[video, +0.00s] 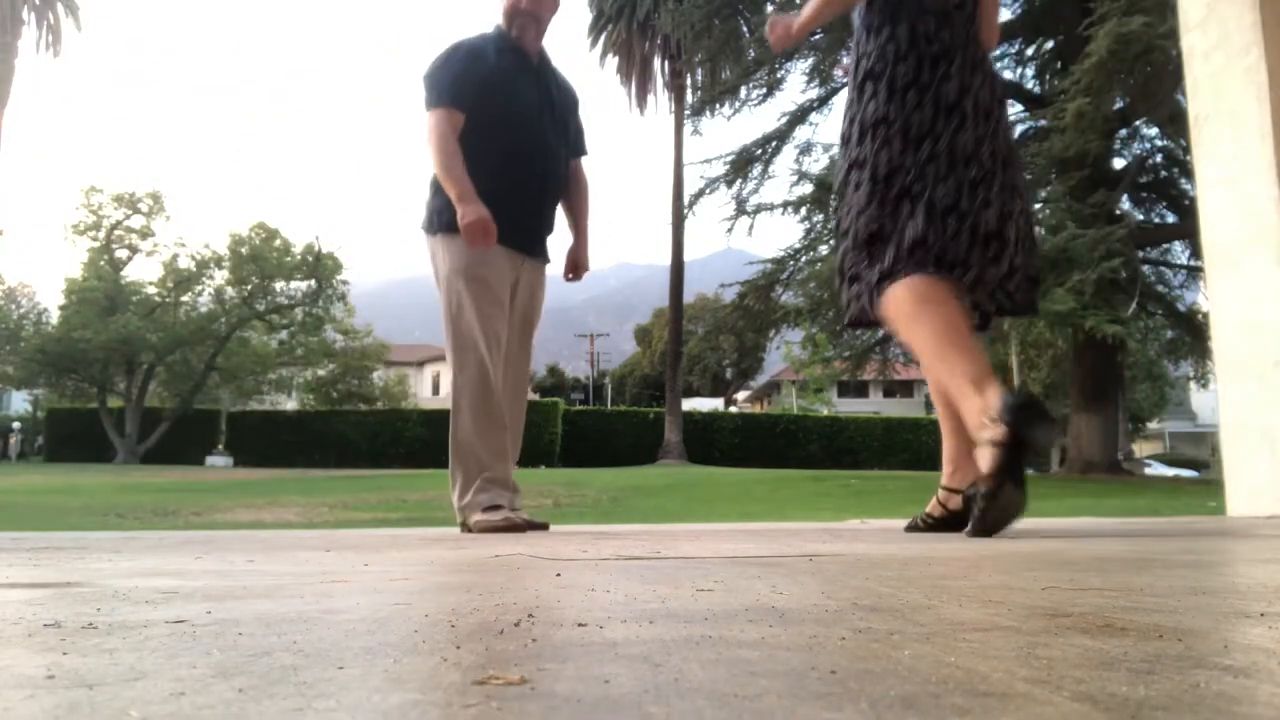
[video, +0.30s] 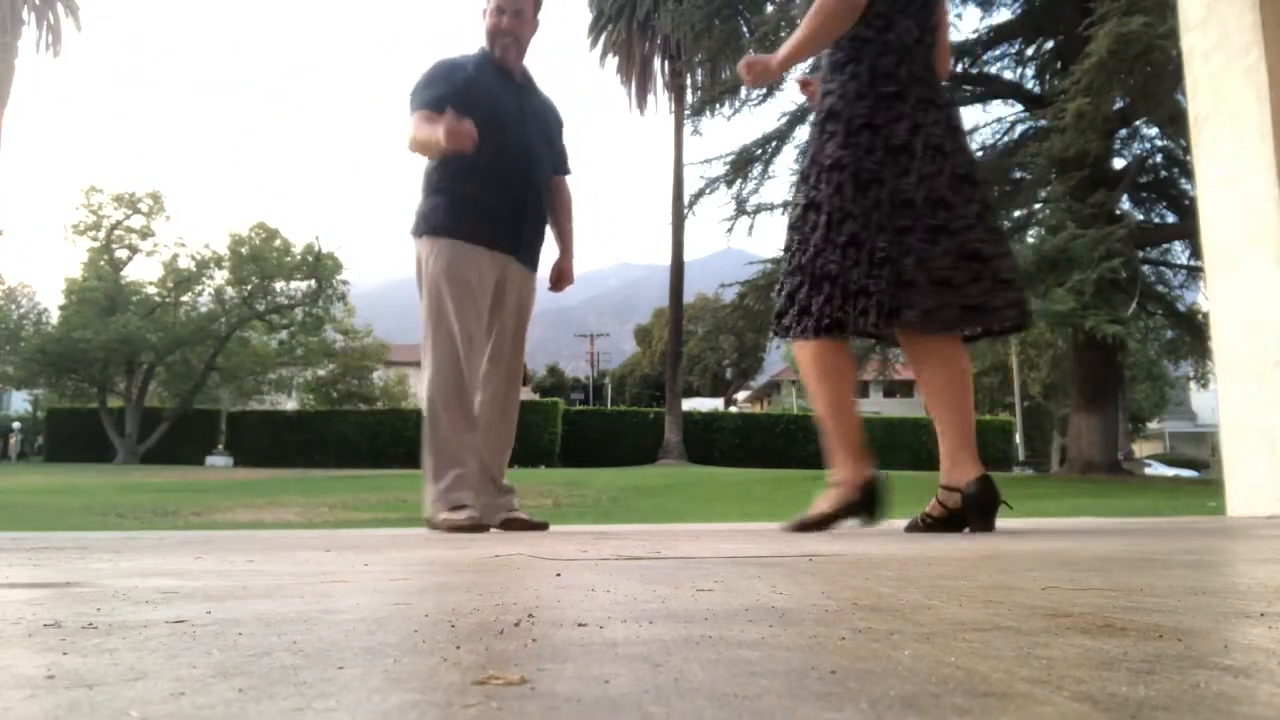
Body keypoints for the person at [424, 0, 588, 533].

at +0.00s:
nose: (539, 7)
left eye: (546, 1)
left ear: (552, 11)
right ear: (512, 3)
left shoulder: (560, 91)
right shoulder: (468, 57)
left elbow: (573, 170)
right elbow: (441, 133)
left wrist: (580, 237)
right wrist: (466, 201)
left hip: (528, 248)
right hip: (472, 236)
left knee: (513, 368)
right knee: (479, 363)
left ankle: (498, 497)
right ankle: (479, 499)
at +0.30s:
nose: (505, 22)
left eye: (518, 14)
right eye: (498, 11)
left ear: (535, 24)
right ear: (484, 16)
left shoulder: (545, 110)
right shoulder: (453, 73)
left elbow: (557, 185)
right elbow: (419, 134)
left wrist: (566, 249)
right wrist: (443, 138)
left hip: (518, 255)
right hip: (456, 243)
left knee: (502, 376)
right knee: (452, 370)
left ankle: (492, 499)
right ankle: (450, 500)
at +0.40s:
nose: (499, 24)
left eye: (512, 15)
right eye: (492, 13)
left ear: (528, 27)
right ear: (478, 18)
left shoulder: (539, 114)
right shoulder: (446, 74)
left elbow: (550, 190)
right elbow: (409, 132)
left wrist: (559, 257)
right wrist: (435, 115)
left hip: (513, 258)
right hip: (449, 244)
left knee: (497, 380)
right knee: (438, 371)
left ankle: (489, 503)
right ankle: (429, 502)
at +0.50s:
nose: (493, 24)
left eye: (505, 16)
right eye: (486, 13)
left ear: (521, 27)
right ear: (472, 18)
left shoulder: (531, 114)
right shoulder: (439, 70)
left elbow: (542, 191)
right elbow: (405, 131)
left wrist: (550, 261)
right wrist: (428, 106)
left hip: (507, 256)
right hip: (441, 243)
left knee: (493, 380)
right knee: (425, 370)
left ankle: (486, 504)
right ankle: (405, 498)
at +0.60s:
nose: (483, 20)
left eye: (495, 13)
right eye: (476, 10)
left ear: (510, 25)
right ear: (461, 16)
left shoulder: (521, 113)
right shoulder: (430, 69)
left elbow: (531, 190)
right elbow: (394, 128)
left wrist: (541, 261)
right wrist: (421, 106)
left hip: (497, 255)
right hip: (431, 241)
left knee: (489, 381)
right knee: (409, 368)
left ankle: (485, 505)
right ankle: (374, 498)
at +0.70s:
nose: (471, 17)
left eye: (482, 9)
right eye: (462, 7)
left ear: (496, 20)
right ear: (446, 12)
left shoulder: (506, 110)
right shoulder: (416, 68)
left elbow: (517, 187)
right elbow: (378, 120)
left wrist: (532, 259)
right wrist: (407, 130)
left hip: (485, 254)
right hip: (418, 241)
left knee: (481, 379)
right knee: (388, 364)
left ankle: (484, 506)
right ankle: (340, 494)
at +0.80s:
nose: (452, 11)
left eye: (464, 5)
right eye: (443, 2)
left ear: (476, 16)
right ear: (427, 9)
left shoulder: (488, 109)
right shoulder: (393, 64)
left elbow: (501, 186)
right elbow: (362, 130)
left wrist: (524, 256)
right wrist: (377, 178)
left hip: (471, 255)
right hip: (401, 241)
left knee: (473, 378)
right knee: (368, 366)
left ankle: (484, 506)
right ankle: (313, 499)